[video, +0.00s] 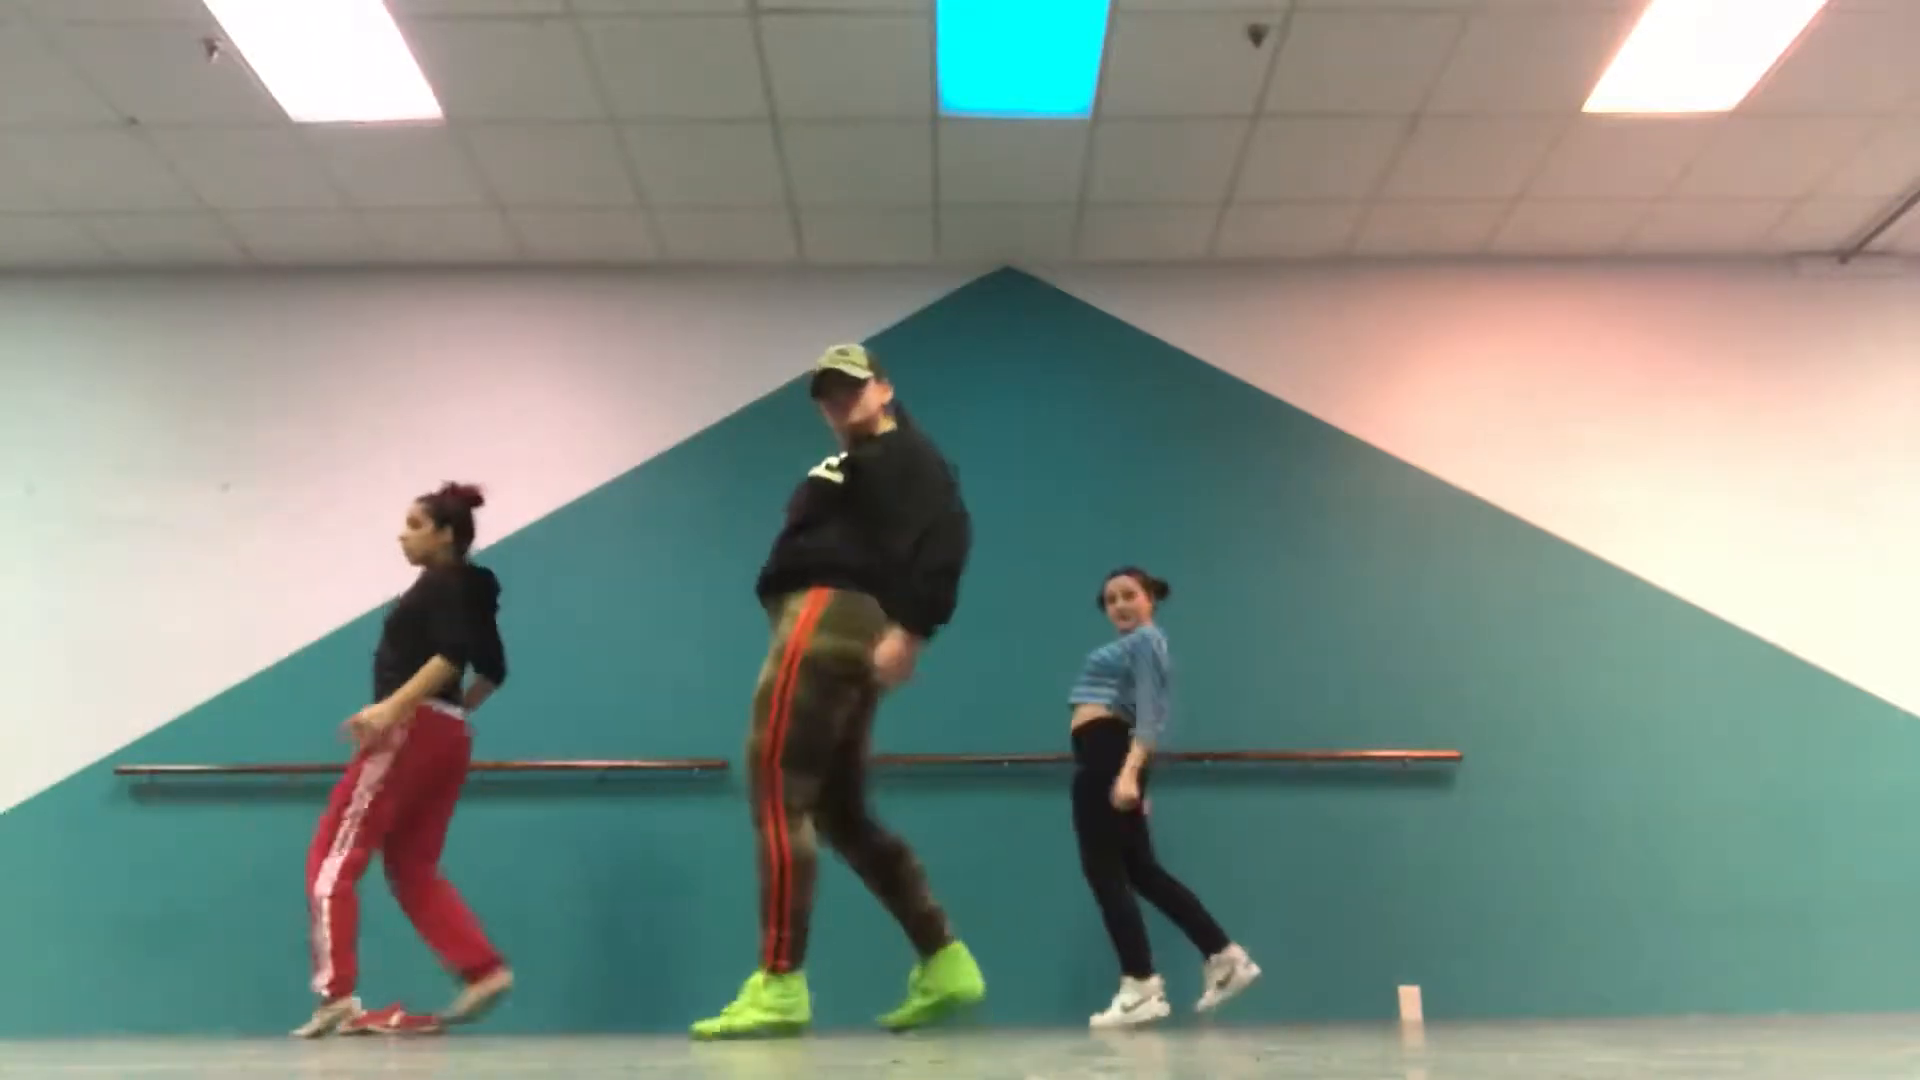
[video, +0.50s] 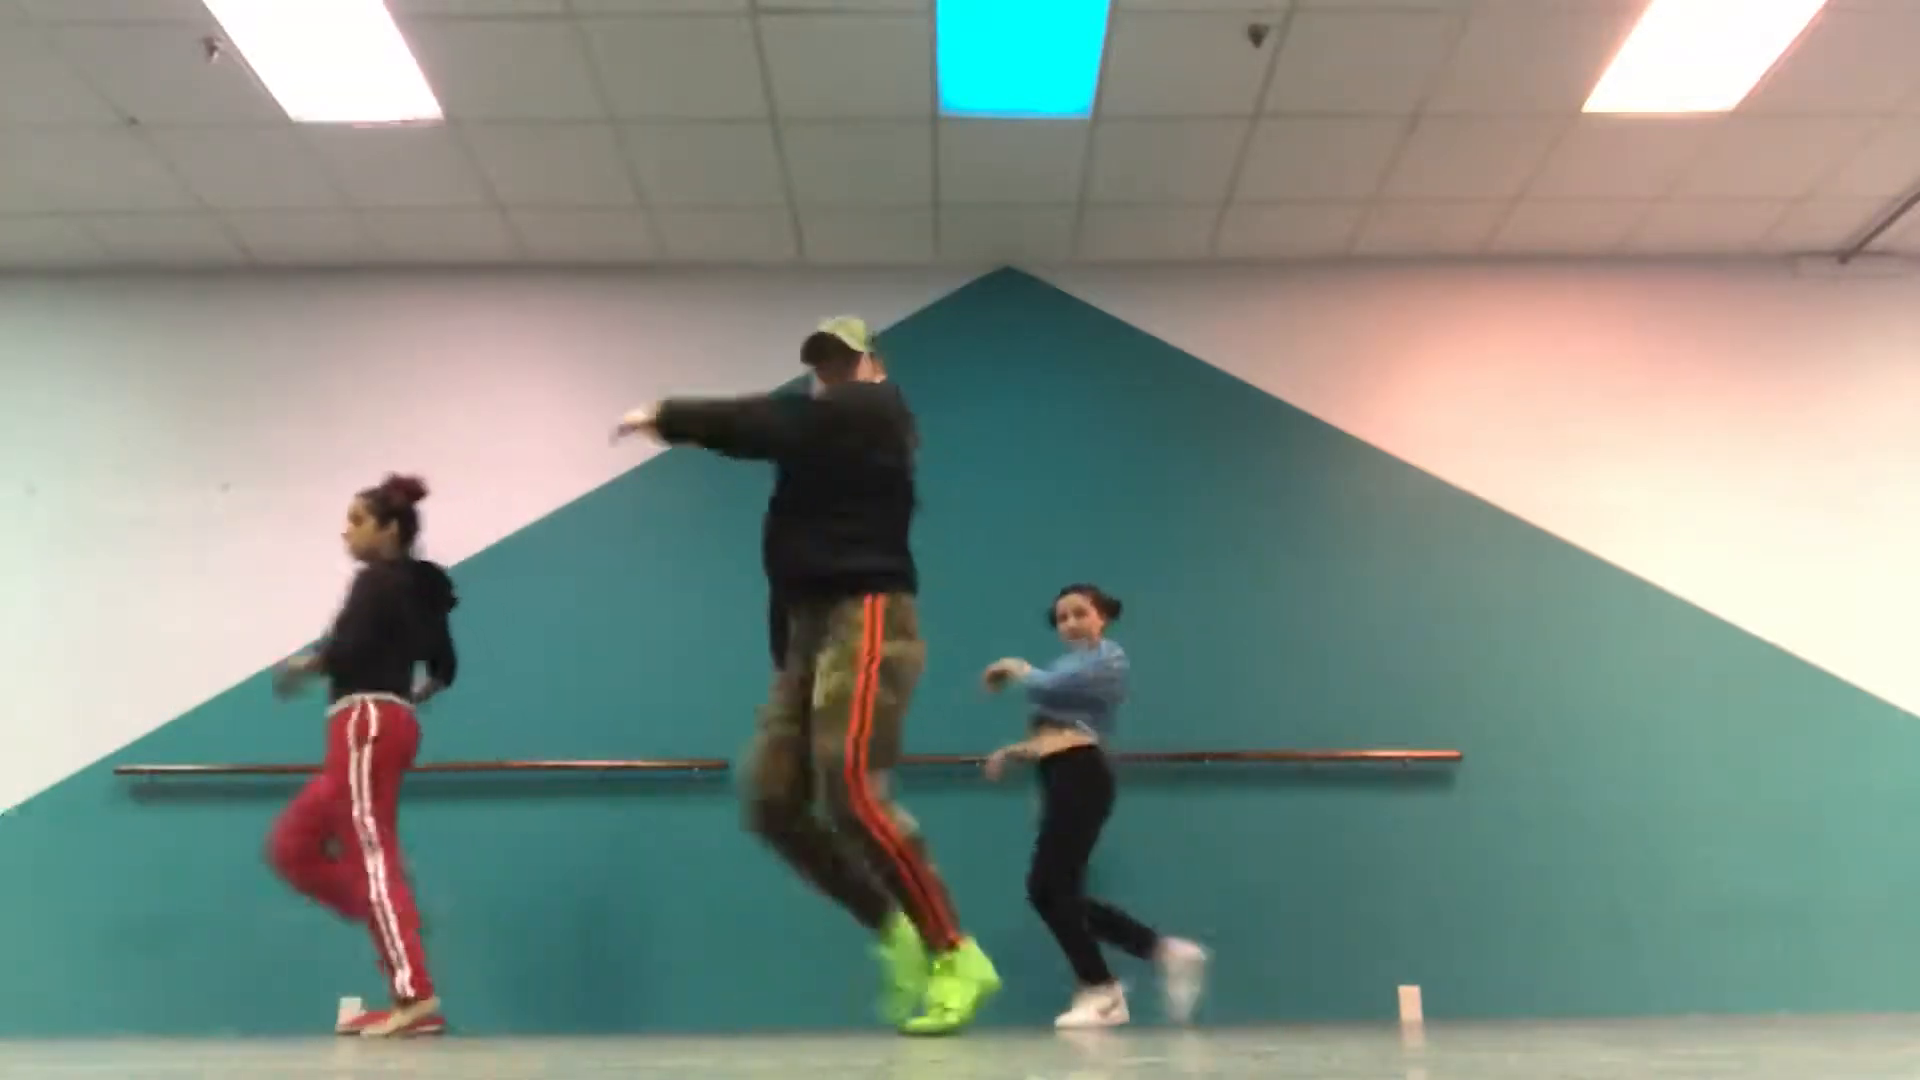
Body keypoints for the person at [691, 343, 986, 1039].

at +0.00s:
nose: (837, 404)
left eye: (849, 390)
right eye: (827, 396)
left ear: (883, 389)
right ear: (824, 408)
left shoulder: (902, 451)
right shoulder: (849, 459)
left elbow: (944, 532)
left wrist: (910, 625)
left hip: (830, 607)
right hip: (844, 613)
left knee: (779, 786)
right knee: (841, 809)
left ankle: (779, 981)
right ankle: (943, 961)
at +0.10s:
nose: (836, 406)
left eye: (848, 391)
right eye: (825, 397)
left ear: (882, 391)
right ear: (821, 410)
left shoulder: (908, 450)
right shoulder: (843, 474)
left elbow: (954, 518)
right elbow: (805, 572)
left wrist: (899, 603)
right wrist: (771, 652)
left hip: (852, 623)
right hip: (844, 631)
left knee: (760, 779)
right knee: (831, 822)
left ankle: (768, 970)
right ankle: (949, 956)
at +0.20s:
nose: (833, 419)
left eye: (847, 405)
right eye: (823, 410)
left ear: (881, 407)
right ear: (817, 422)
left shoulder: (924, 479)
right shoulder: (835, 500)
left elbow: (923, 562)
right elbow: (804, 598)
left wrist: (831, 573)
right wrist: (755, 679)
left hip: (903, 664)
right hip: (862, 667)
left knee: (751, 746)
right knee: (860, 846)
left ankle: (744, 937)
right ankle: (969, 976)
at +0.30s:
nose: (836, 416)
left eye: (849, 403)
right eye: (826, 407)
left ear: (880, 409)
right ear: (816, 419)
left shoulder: (910, 482)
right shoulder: (829, 504)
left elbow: (854, 550)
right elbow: (799, 606)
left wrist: (771, 510)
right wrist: (759, 695)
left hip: (916, 663)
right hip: (863, 669)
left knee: (769, 742)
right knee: (864, 852)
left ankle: (787, 929)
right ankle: (973, 982)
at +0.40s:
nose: (841, 390)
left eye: (854, 376)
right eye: (829, 379)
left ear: (883, 380)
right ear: (819, 390)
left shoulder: (896, 441)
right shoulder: (822, 463)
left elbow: (811, 474)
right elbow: (802, 573)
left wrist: (729, 440)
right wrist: (786, 671)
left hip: (892, 628)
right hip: (837, 636)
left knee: (804, 764)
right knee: (855, 820)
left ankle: (893, 930)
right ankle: (960, 965)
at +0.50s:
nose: (828, 375)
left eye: (842, 363)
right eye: (820, 365)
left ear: (874, 365)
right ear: (816, 370)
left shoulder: (877, 408)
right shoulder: (814, 420)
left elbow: (774, 422)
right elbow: (747, 432)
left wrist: (668, 418)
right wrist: (676, 420)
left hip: (869, 616)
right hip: (809, 626)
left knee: (852, 792)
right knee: (778, 806)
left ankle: (956, 956)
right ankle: (898, 929)